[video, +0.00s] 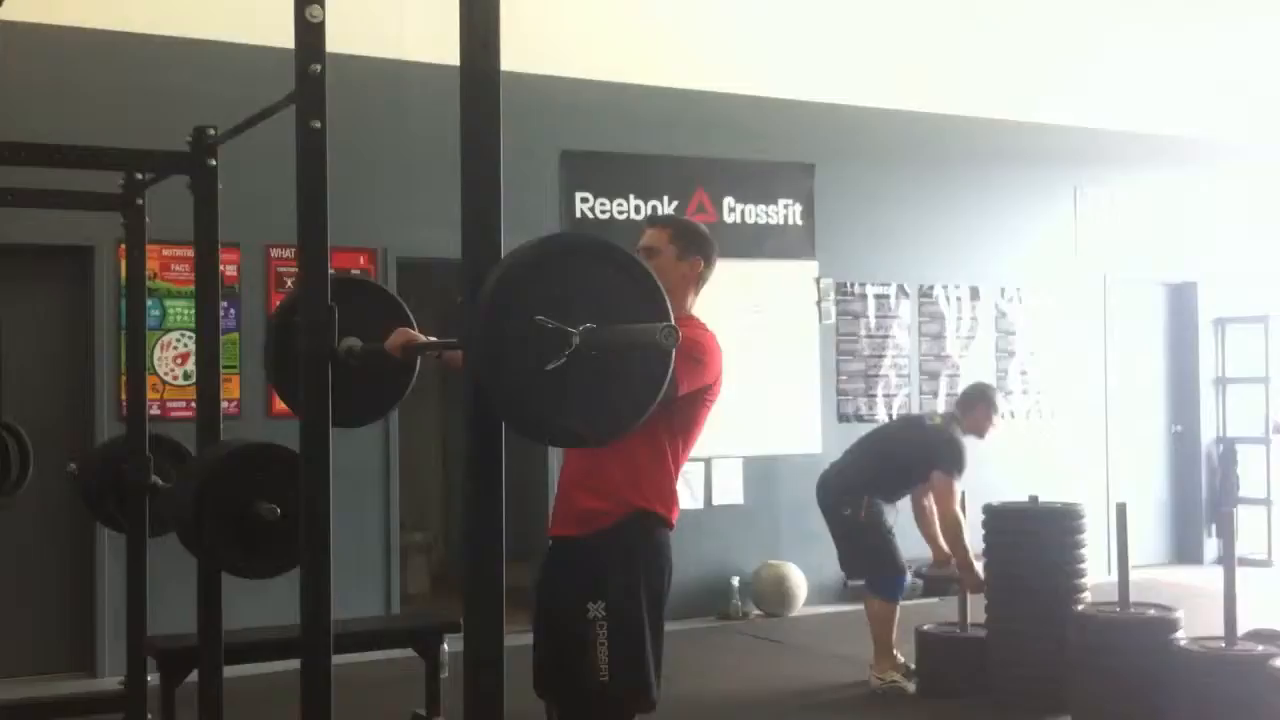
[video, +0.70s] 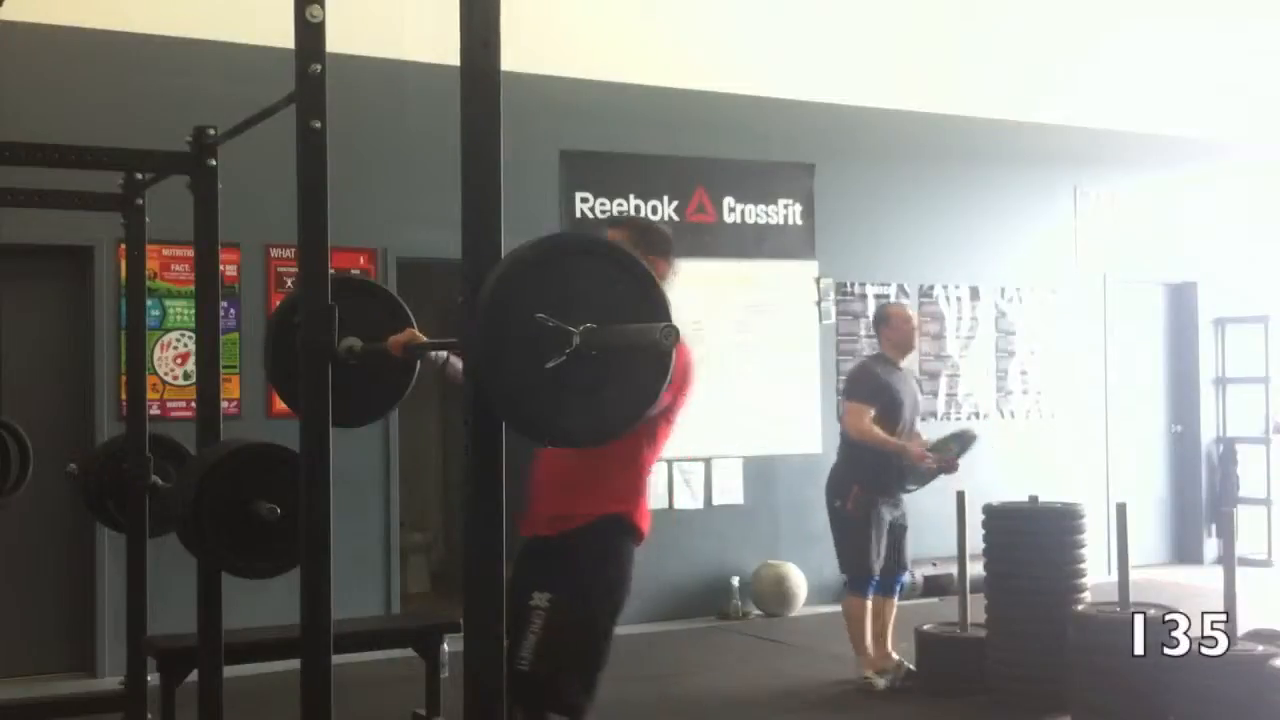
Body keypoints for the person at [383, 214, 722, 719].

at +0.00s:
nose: (635, 263)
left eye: (650, 253)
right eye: (637, 253)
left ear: (694, 269)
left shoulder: (697, 343)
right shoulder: (613, 332)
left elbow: (619, 379)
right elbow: (528, 360)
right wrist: (430, 347)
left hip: (628, 533)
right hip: (570, 531)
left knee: (616, 696)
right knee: (559, 689)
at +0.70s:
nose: (604, 271)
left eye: (620, 260)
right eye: (603, 258)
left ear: (656, 269)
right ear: (598, 261)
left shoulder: (665, 347)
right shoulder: (582, 340)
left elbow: (631, 402)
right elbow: (510, 380)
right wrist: (431, 352)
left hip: (596, 531)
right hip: (546, 529)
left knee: (546, 693)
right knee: (521, 687)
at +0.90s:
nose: (517, 271)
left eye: (530, 259)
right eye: (512, 258)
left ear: (560, 267)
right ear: (504, 262)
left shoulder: (579, 361)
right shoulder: (506, 356)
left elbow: (553, 468)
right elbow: (453, 430)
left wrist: (525, 371)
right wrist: (418, 380)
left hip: (551, 538)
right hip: (496, 537)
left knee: (515, 691)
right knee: (473, 684)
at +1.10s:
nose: (441, 277)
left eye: (458, 269)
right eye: (447, 267)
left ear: (491, 284)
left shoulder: (511, 370)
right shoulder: (448, 372)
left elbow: (449, 464)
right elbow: (387, 467)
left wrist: (455, 364)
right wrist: (384, 376)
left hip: (482, 576)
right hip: (439, 575)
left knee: (391, 704)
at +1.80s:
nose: (451, 258)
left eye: (464, 248)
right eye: (454, 249)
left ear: (510, 258)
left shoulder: (525, 337)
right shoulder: (449, 339)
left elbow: (436, 399)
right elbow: (363, 402)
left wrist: (450, 330)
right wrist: (396, 336)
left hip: (481, 537)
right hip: (433, 539)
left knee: (461, 687)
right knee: (442, 688)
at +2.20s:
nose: (506, 237)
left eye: (523, 229)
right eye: (510, 227)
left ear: (564, 247)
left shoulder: (576, 329)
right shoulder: (489, 330)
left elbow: (513, 389)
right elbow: (413, 401)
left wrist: (525, 317)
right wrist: (440, 336)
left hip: (545, 527)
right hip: (482, 530)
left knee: (545, 689)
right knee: (475, 684)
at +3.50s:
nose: (578, 241)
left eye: (596, 234)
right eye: (581, 232)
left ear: (624, 261)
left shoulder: (624, 324)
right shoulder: (532, 327)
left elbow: (554, 325)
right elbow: (452, 346)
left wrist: (570, 240)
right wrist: (475, 267)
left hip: (564, 527)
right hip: (503, 525)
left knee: (568, 692)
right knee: (506, 685)